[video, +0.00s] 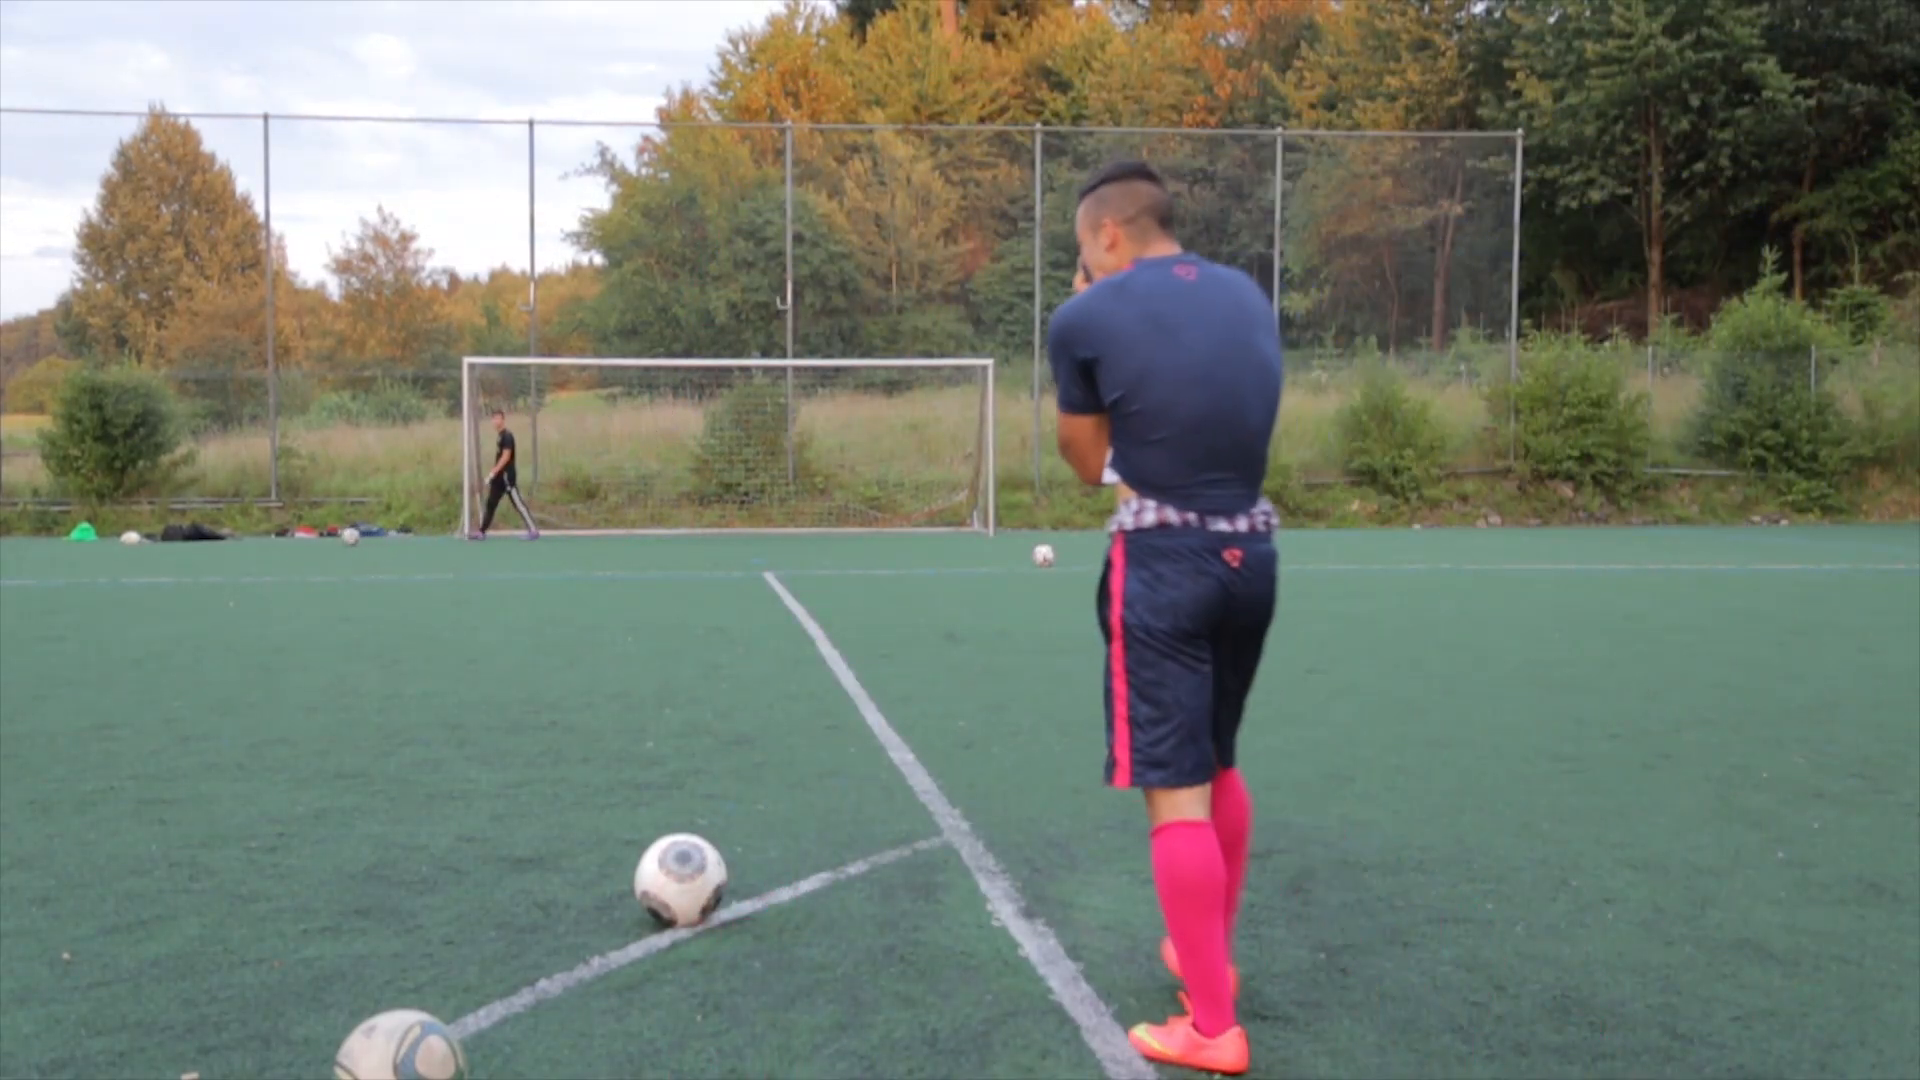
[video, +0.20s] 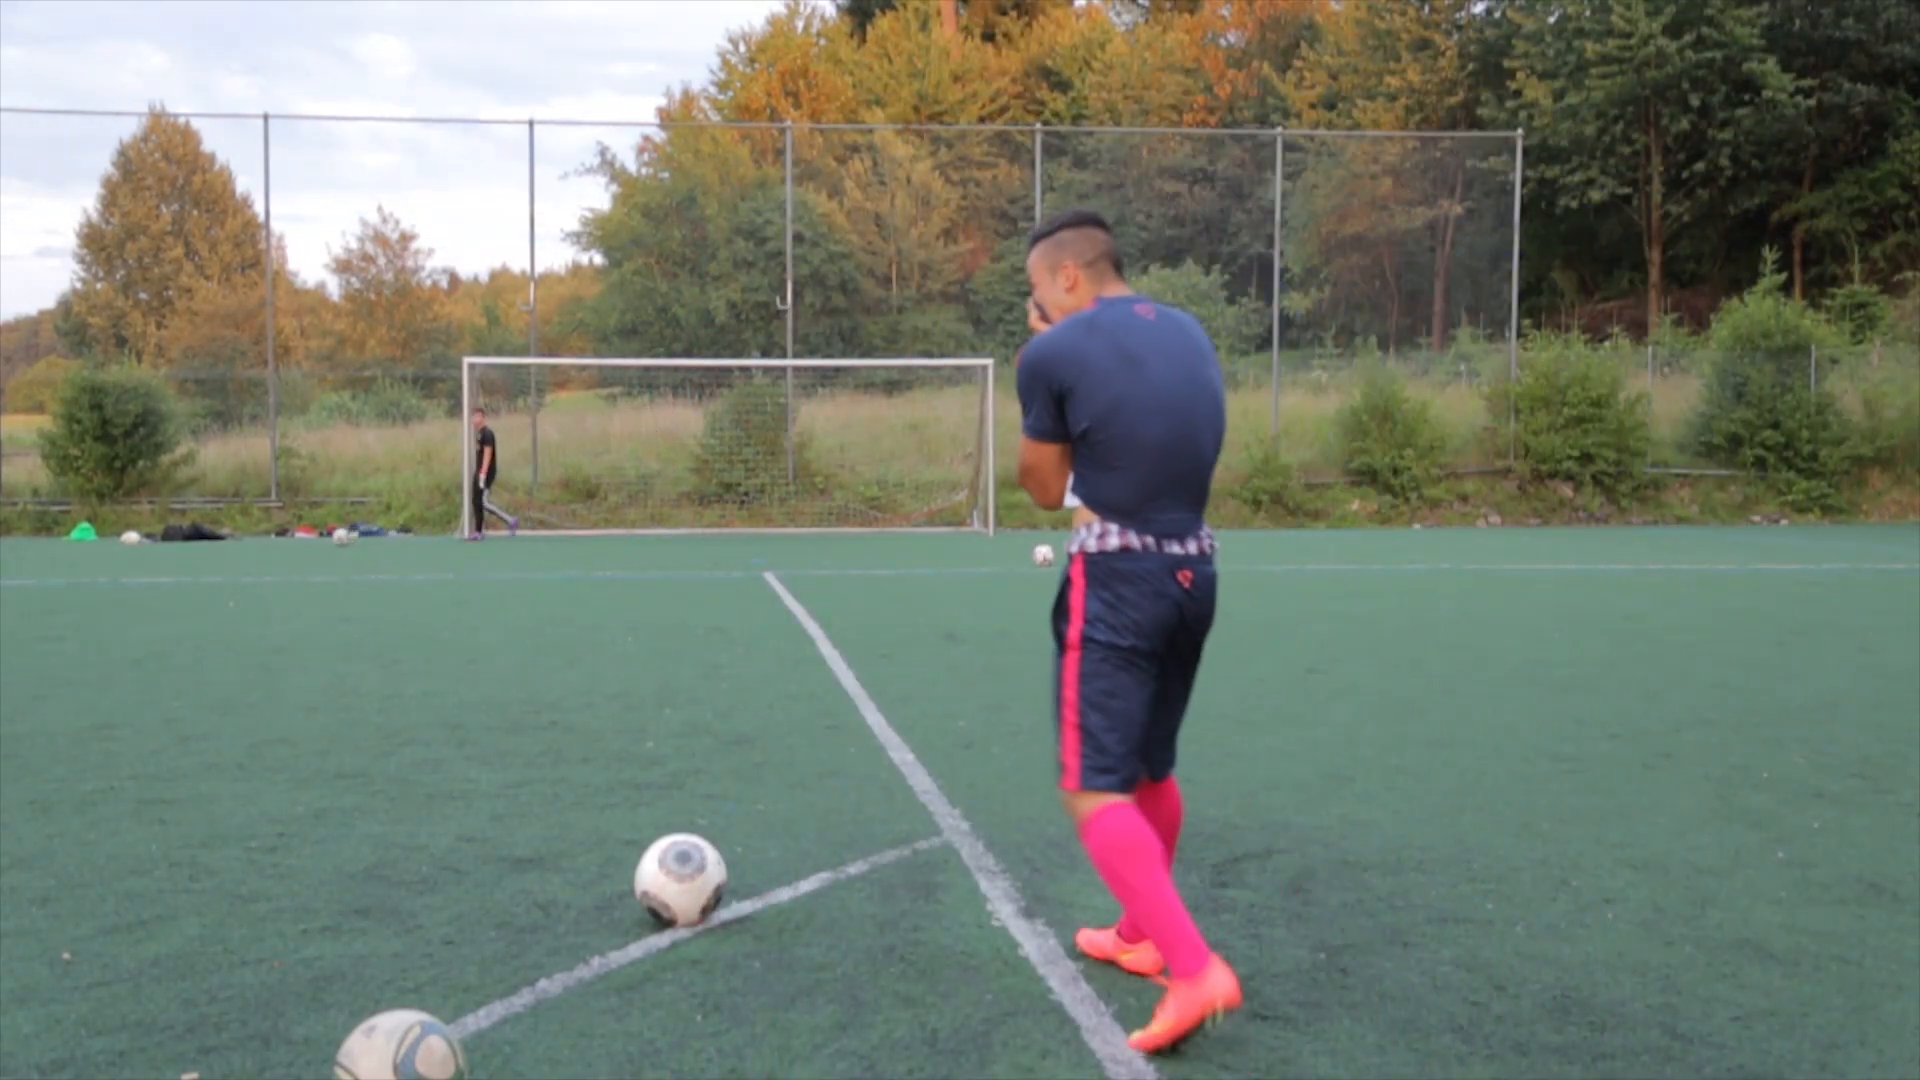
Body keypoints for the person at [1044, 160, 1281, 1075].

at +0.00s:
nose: (1083, 264)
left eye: (1082, 249)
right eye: (1081, 251)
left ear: (1109, 234)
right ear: (1165, 226)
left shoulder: (1086, 317)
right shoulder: (1246, 295)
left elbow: (1090, 461)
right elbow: (1236, 423)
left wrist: (1098, 339)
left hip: (1161, 567)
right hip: (1250, 562)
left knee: (1178, 801)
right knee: (1214, 763)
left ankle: (1214, 1026)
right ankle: (1208, 948)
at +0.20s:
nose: (1039, 306)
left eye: (1038, 293)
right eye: (1037, 294)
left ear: (1067, 279)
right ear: (1113, 274)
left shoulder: (1054, 351)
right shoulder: (1186, 331)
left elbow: (1045, 487)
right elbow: (1174, 450)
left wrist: (1050, 378)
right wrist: (1076, 369)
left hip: (1115, 579)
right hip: (1190, 576)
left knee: (1093, 790)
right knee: (1152, 769)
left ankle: (1197, 970)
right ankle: (1144, 933)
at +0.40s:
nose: (983, 288)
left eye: (986, 271)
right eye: (979, 274)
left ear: (1028, 259)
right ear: (1047, 263)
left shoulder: (1034, 332)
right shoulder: (1117, 316)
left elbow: (1004, 464)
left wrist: (1003, 352)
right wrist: (1014, 336)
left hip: (1072, 555)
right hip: (1139, 552)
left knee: (983, 730)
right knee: (1109, 736)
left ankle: (1095, 899)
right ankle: (1130, 929)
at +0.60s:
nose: (921, 315)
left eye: (926, 298)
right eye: (917, 301)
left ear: (970, 290)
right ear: (986, 289)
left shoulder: (991, 366)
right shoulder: (1047, 340)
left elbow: (956, 487)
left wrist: (956, 376)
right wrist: (965, 378)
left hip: (1023, 574)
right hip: (1073, 567)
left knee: (978, 737)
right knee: (1043, 735)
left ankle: (998, 898)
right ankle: (1124, 878)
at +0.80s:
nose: (878, 327)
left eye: (882, 310)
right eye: (871, 315)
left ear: (922, 297)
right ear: (906, 305)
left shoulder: (969, 367)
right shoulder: (948, 345)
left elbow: (933, 488)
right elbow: (912, 457)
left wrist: (913, 383)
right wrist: (901, 376)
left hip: (999, 559)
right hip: (966, 551)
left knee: (961, 733)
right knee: (914, 708)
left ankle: (997, 897)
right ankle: (1021, 843)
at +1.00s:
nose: (841, 333)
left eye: (847, 314)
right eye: (828, 321)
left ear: (886, 298)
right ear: (825, 323)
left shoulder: (945, 359)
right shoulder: (860, 362)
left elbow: (918, 481)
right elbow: (855, 478)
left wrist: (875, 385)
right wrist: (848, 384)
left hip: (964, 554)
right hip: (903, 553)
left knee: (962, 734)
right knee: (871, 727)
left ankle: (997, 897)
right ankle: (850, 888)